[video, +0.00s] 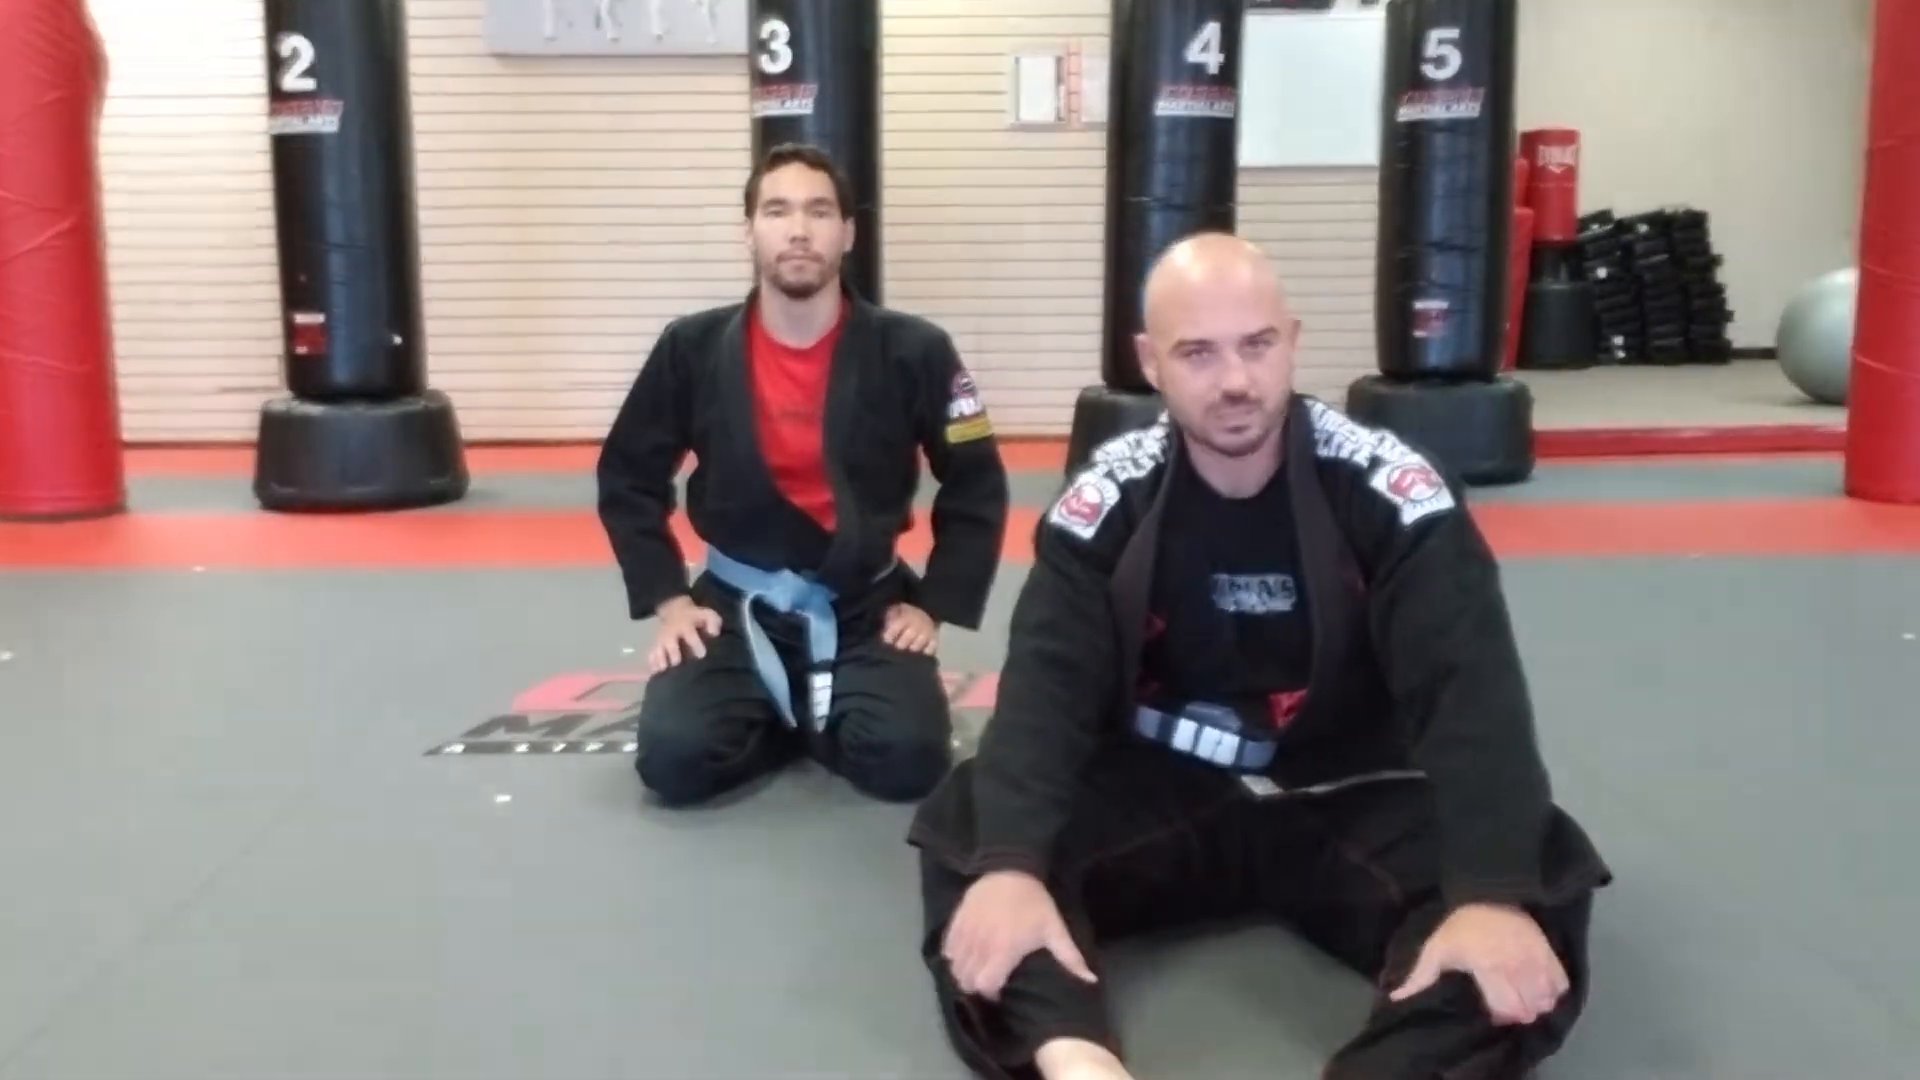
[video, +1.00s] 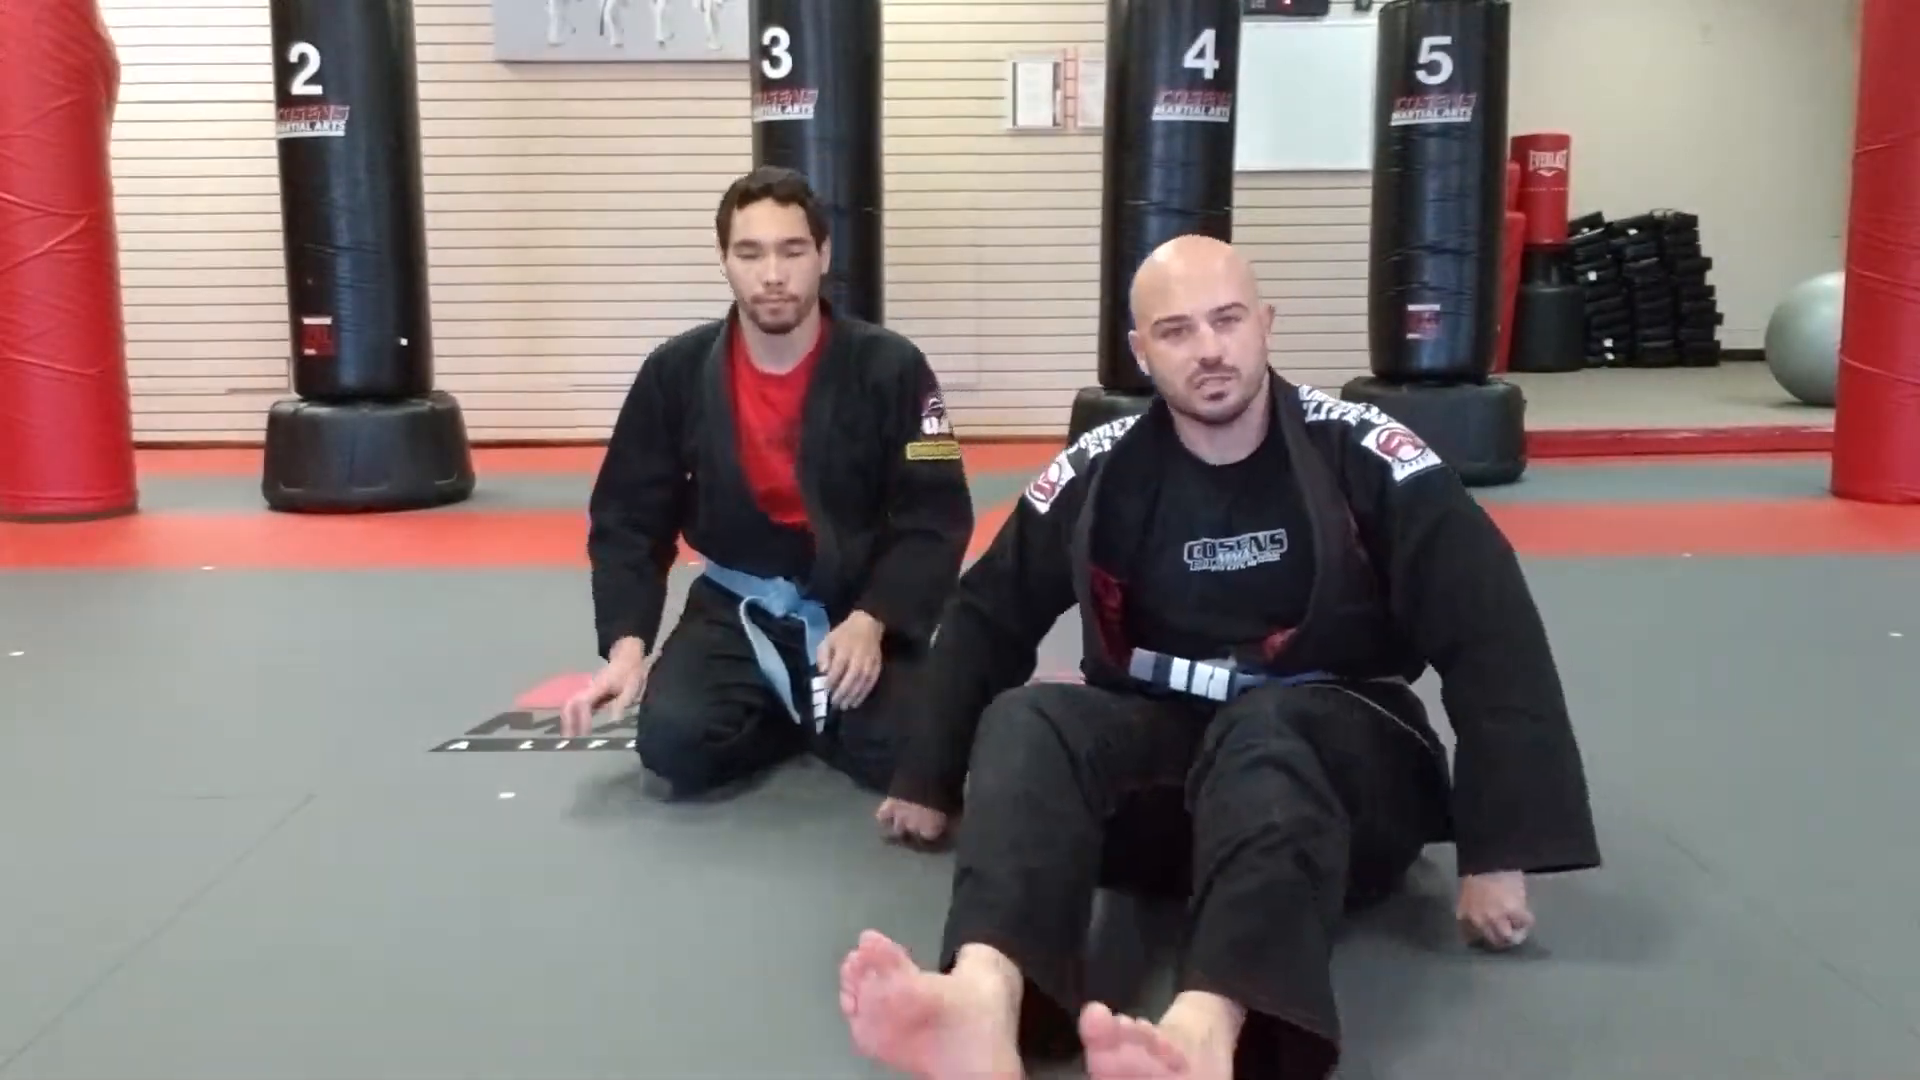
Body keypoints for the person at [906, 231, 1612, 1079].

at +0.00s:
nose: (1237, 381)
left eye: (1259, 346)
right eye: (1201, 354)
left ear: (1293, 341)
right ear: (1151, 365)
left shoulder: (1385, 483)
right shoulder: (1107, 498)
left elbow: (1470, 688)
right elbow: (1046, 689)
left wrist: (1491, 894)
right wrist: (1009, 865)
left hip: (1350, 808)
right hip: (1158, 800)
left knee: (1533, 868)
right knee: (968, 819)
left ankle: (1392, 1060)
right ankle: (1075, 1060)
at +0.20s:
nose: (1223, 365)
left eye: (1245, 331)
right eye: (1188, 342)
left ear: (1283, 332)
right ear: (1146, 357)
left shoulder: (1377, 478)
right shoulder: (1105, 498)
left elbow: (1456, 680)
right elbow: (1046, 687)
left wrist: (1455, 873)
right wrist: (1017, 856)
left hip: (1342, 805)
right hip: (1153, 798)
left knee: (1512, 860)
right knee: (973, 816)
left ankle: (1365, 1067)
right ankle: (1082, 1064)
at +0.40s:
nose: (1230, 350)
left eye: (1253, 320)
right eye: (1198, 329)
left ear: (1289, 331)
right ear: (1155, 351)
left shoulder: (1374, 470)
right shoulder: (1116, 479)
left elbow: (1435, 659)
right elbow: (1047, 641)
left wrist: (1416, 823)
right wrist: (1033, 765)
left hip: (1330, 794)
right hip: (1151, 784)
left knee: (1466, 833)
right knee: (995, 791)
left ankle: (1346, 1064)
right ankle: (1084, 1052)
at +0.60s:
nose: (1243, 329)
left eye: (1266, 304)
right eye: (1213, 307)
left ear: (1301, 324)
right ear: (1171, 333)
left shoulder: (1386, 462)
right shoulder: (1120, 472)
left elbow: (1474, 630)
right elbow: (1042, 640)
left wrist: (1517, 779)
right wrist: (972, 713)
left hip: (1332, 765)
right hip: (1162, 757)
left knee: (1419, 802)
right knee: (1035, 771)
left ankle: (1323, 1061)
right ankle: (1104, 1052)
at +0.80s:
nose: (1241, 323)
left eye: (1263, 300)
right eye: (1211, 305)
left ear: (1300, 322)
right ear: (1174, 336)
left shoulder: (1391, 467)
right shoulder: (1117, 475)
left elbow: (1498, 657)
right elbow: (1014, 641)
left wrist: (1553, 849)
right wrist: (926, 786)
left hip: (1333, 774)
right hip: (1169, 770)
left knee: (1367, 750)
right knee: (1047, 711)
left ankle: (1288, 1052)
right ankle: (1113, 1032)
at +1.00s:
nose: (1210, 350)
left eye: (1229, 321)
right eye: (1177, 332)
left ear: (1266, 322)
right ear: (1142, 352)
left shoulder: (1362, 453)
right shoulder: (1102, 467)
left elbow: (1491, 631)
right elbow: (986, 612)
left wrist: (1499, 854)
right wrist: (927, 777)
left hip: (1345, 777)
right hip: (1163, 768)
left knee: (1265, 723)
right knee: (1028, 716)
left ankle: (1202, 1029)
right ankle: (984, 996)